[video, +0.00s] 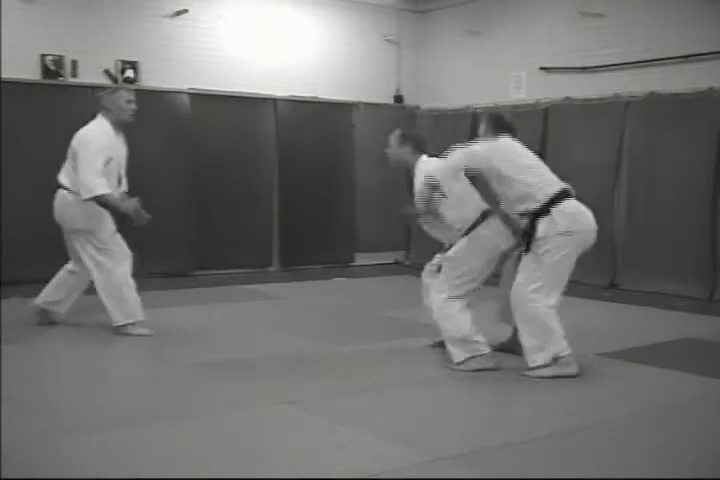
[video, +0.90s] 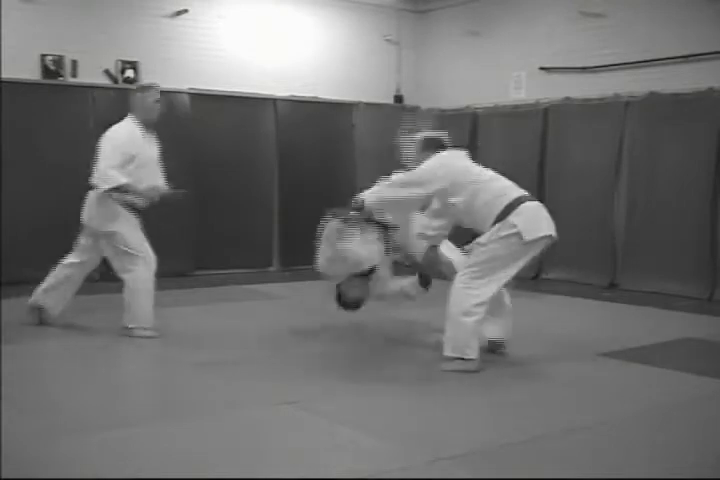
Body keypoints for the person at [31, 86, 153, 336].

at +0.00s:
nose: (134, 108)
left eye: (134, 103)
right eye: (128, 102)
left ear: (113, 106)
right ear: (108, 104)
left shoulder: (116, 137)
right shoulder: (92, 136)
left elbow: (117, 183)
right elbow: (92, 186)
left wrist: (128, 203)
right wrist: (125, 206)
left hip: (88, 202)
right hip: (79, 204)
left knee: (83, 262)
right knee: (116, 257)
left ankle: (48, 308)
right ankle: (126, 321)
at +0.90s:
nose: (159, 108)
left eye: (159, 102)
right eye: (155, 102)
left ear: (153, 105)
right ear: (138, 103)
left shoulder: (149, 139)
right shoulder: (119, 134)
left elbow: (153, 177)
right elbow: (103, 175)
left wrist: (162, 191)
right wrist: (134, 193)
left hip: (120, 208)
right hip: (105, 206)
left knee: (82, 259)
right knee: (141, 261)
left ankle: (42, 303)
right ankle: (138, 324)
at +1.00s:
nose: (185, 95)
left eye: (184, 89)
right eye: (180, 89)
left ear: (168, 91)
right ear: (165, 90)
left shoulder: (164, 122)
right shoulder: (144, 118)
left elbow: (161, 164)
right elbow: (130, 164)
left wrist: (176, 179)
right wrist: (166, 178)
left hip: (144, 198)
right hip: (130, 197)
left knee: (121, 255)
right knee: (141, 259)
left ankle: (78, 302)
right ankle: (138, 322)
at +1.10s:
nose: (194, 87)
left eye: (194, 81)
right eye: (189, 81)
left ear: (176, 83)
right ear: (171, 81)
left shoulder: (174, 112)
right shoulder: (157, 110)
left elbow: (167, 154)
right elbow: (142, 155)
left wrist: (190, 173)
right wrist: (180, 173)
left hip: (160, 191)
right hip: (147, 191)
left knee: (141, 250)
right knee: (155, 253)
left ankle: (112, 303)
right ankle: (138, 315)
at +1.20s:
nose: (209, 90)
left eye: (209, 85)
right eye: (203, 85)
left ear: (192, 88)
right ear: (185, 86)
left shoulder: (191, 117)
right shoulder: (175, 112)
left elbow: (207, 156)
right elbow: (167, 155)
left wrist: (237, 174)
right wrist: (206, 167)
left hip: (177, 193)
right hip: (171, 192)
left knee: (159, 257)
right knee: (203, 252)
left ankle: (137, 316)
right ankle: (170, 314)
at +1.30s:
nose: (221, 102)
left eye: (221, 97)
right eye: (216, 96)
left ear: (199, 99)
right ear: (199, 97)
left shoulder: (187, 124)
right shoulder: (193, 125)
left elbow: (222, 155)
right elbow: (216, 157)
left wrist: (259, 160)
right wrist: (257, 158)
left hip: (171, 201)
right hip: (186, 203)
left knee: (165, 266)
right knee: (233, 259)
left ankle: (135, 321)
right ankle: (222, 319)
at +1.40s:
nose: (255, 104)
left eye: (254, 99)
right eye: (250, 99)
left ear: (231, 103)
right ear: (236, 102)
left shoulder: (226, 128)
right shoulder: (239, 130)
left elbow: (264, 147)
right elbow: (273, 154)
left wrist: (298, 147)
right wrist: (309, 148)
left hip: (198, 206)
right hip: (216, 208)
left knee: (178, 268)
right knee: (257, 259)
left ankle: (136, 321)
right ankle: (284, 326)